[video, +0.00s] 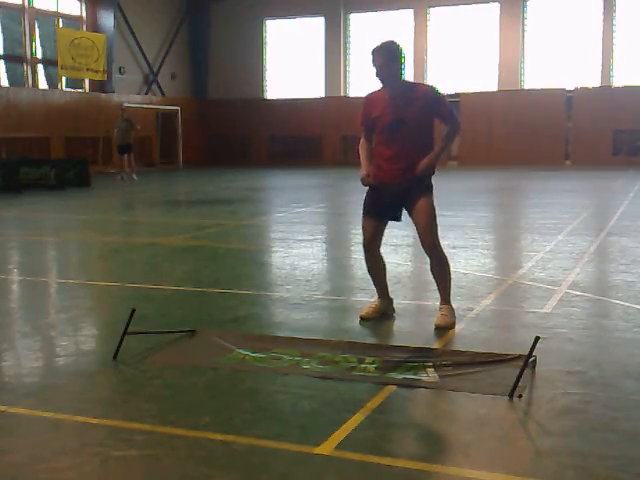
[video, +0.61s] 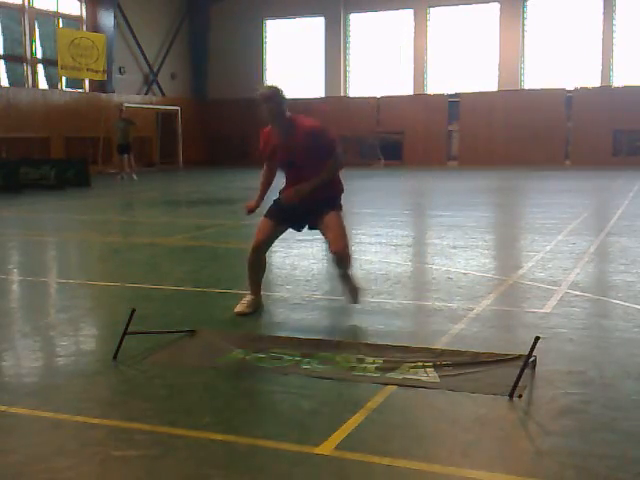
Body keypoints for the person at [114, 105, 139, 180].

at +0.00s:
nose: (122, 113)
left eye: (124, 111)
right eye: (121, 111)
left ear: (126, 112)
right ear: (120, 112)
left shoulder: (128, 121)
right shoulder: (119, 122)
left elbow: (136, 128)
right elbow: (116, 130)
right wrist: (116, 140)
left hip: (129, 142)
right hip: (121, 142)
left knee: (131, 158)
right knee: (122, 159)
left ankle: (133, 173)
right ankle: (122, 173)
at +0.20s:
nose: (122, 114)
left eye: (123, 112)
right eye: (121, 112)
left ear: (125, 113)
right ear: (119, 113)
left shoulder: (129, 122)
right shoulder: (118, 123)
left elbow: (136, 126)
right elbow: (115, 132)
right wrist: (115, 141)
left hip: (128, 142)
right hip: (120, 142)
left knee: (131, 158)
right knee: (122, 159)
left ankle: (133, 173)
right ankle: (122, 173)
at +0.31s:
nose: (122, 114)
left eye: (123, 112)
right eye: (120, 112)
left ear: (124, 113)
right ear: (119, 113)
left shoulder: (128, 122)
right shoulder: (117, 122)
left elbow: (135, 125)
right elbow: (117, 126)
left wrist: (127, 120)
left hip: (128, 142)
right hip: (120, 142)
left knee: (131, 158)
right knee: (122, 159)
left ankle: (133, 173)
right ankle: (122, 173)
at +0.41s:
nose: (121, 114)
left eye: (123, 112)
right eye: (120, 112)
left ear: (124, 113)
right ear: (119, 113)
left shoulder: (127, 122)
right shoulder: (117, 123)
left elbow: (134, 125)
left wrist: (127, 120)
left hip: (128, 142)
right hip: (120, 142)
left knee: (131, 158)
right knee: (122, 159)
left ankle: (133, 173)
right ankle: (122, 173)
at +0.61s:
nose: (121, 113)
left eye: (122, 111)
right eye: (120, 111)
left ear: (124, 112)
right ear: (118, 112)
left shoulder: (127, 121)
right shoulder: (117, 122)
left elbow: (134, 124)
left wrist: (126, 120)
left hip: (127, 142)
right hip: (120, 143)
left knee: (131, 158)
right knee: (122, 159)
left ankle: (133, 173)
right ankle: (122, 173)